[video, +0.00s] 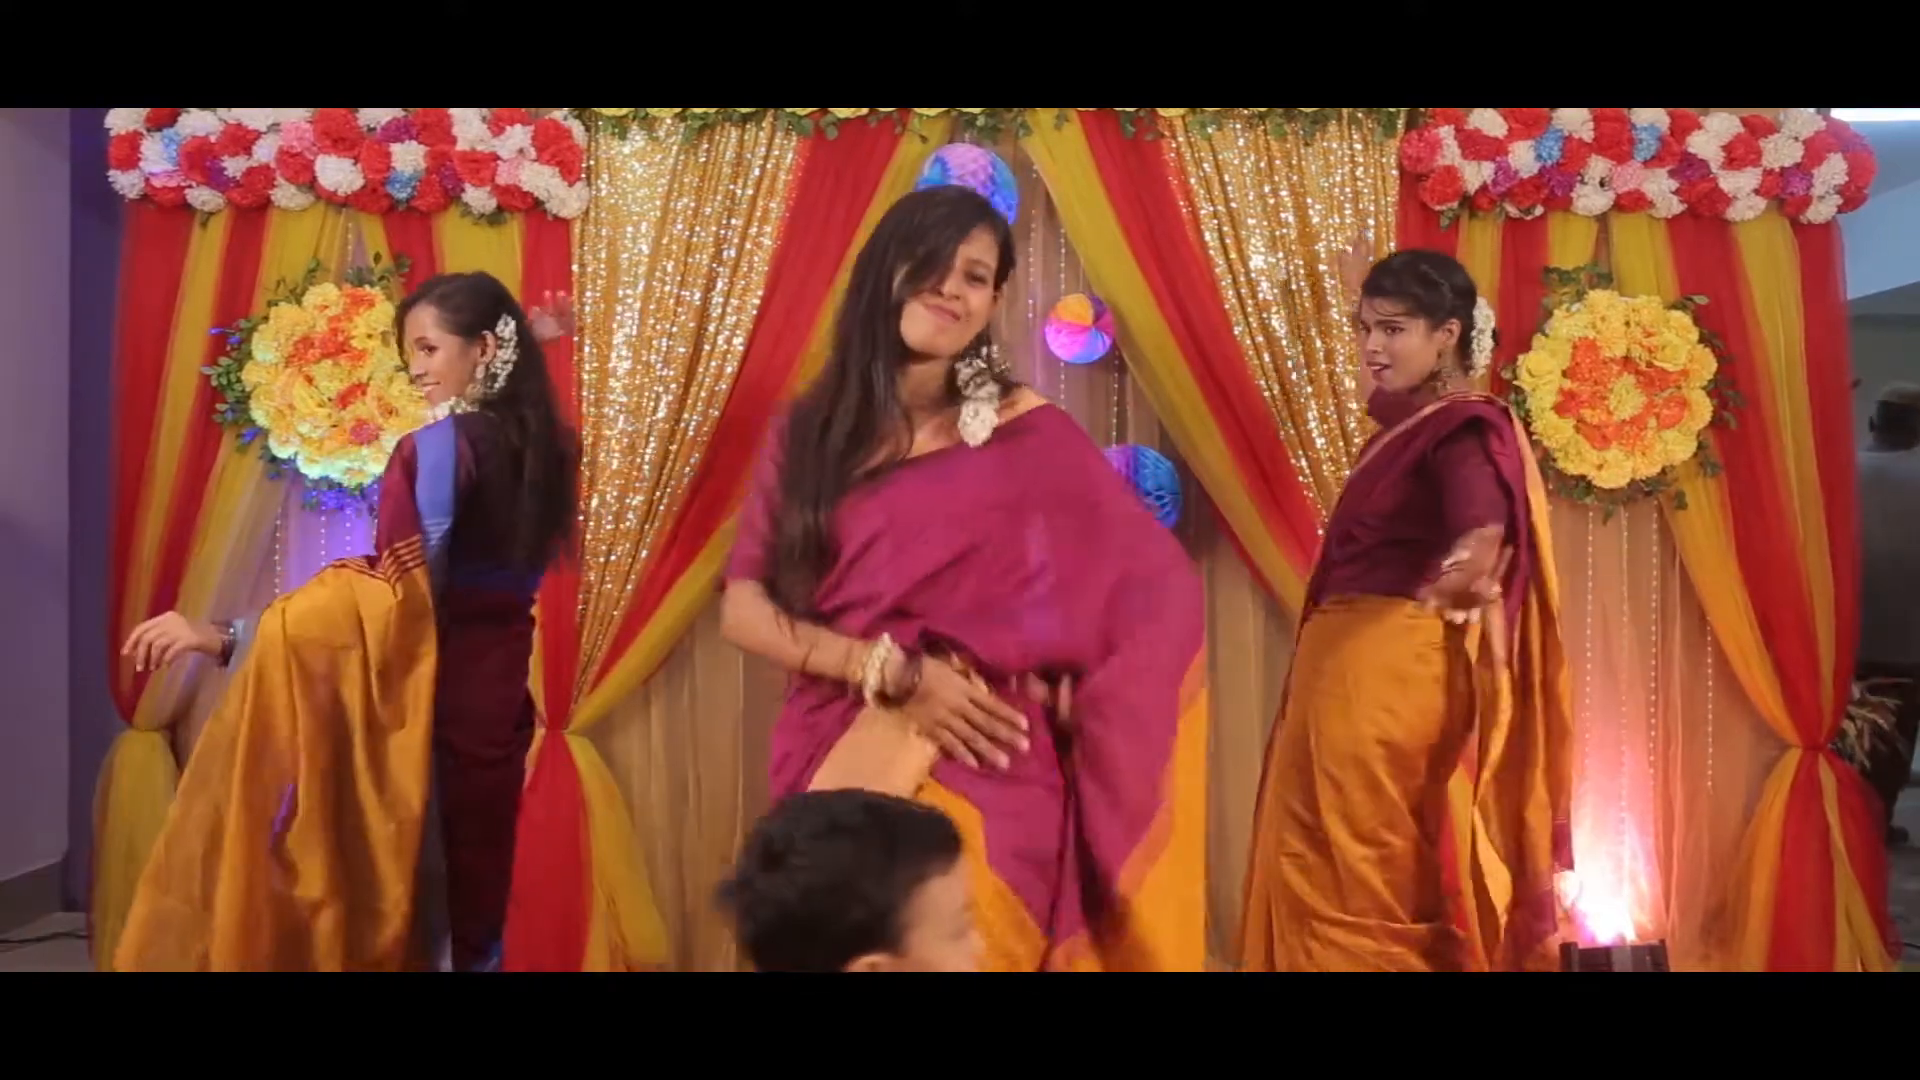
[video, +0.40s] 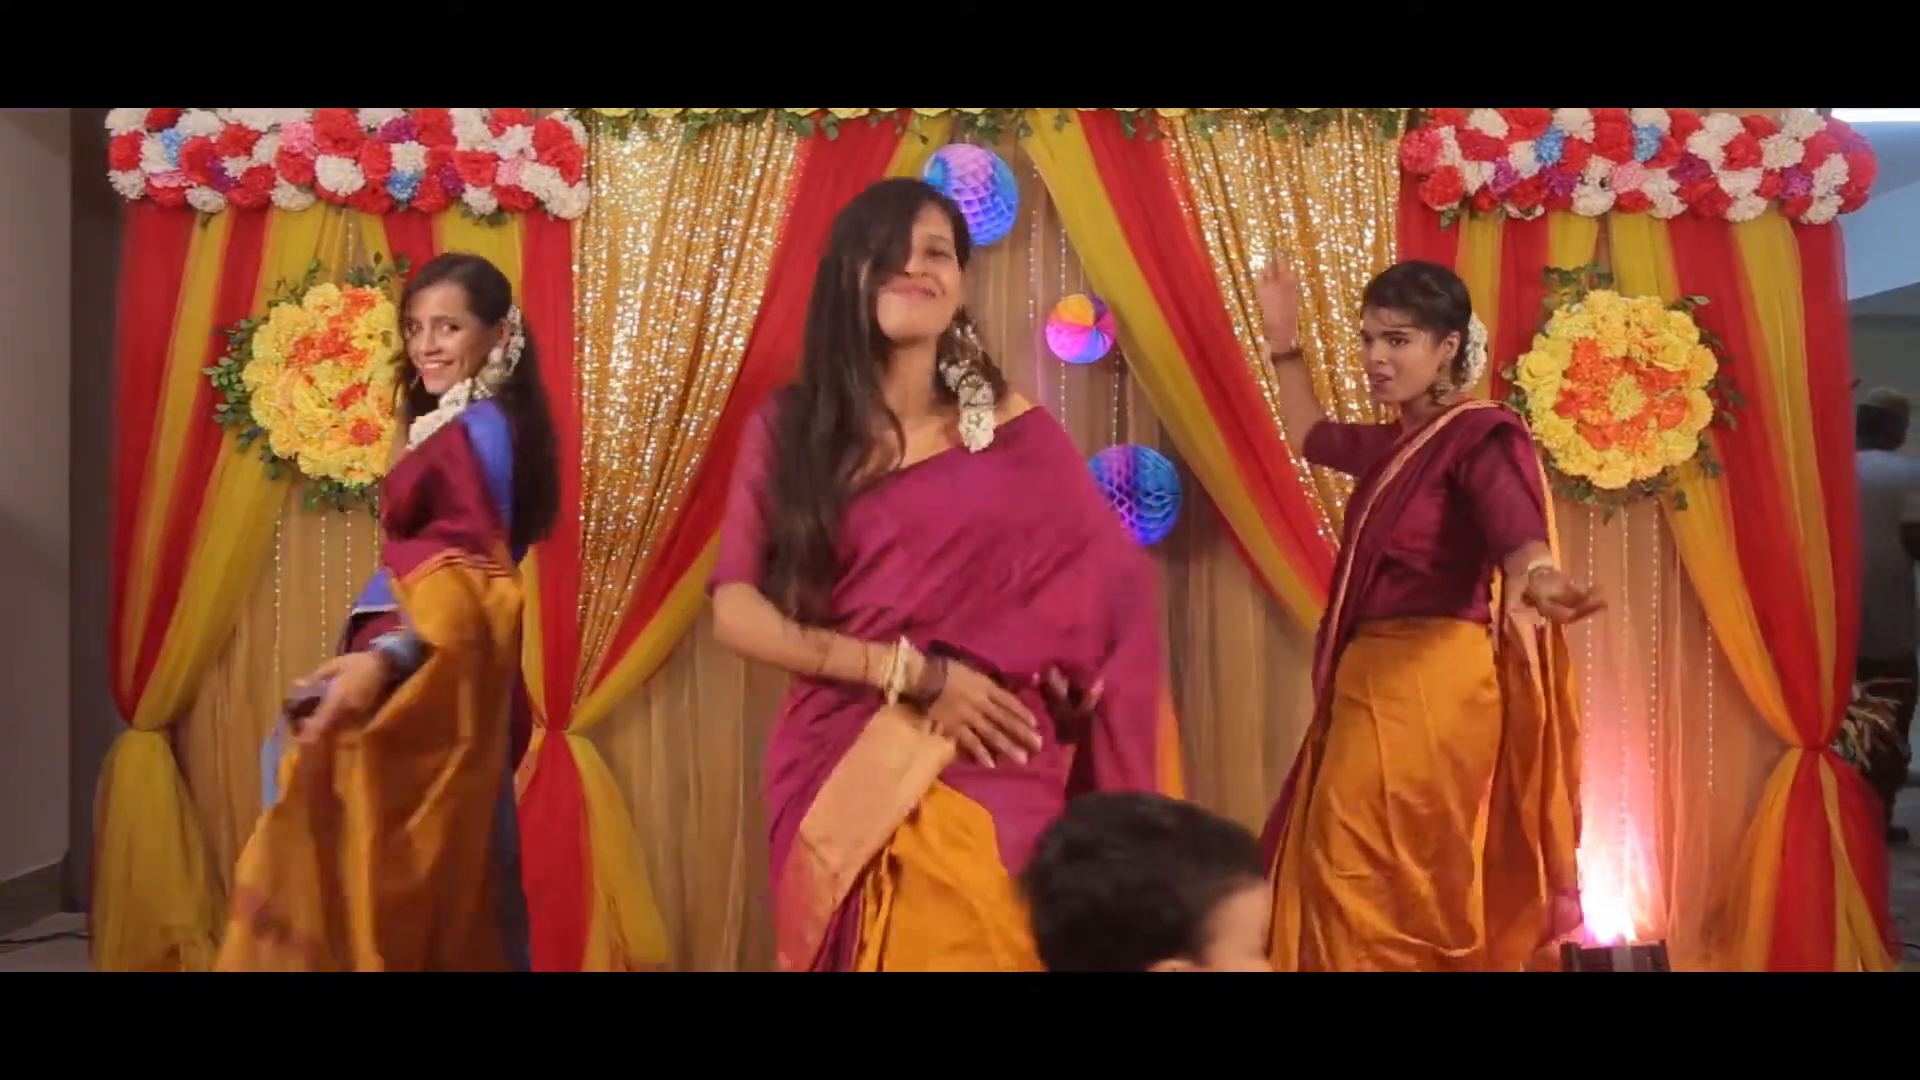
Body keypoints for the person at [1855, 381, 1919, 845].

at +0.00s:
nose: (1875, 430)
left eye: (1876, 423)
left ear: (1874, 425)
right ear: (1915, 431)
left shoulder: (1850, 471)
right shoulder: (1912, 473)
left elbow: (1835, 555)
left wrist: (1832, 616)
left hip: (1858, 624)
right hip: (1906, 627)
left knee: (1853, 722)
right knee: (1898, 730)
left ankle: (1855, 816)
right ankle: (1878, 819)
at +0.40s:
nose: (1906, 433)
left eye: (1899, 425)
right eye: (1904, 426)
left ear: (1859, 424)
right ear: (1898, 429)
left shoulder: (1834, 468)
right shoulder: (1904, 473)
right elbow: (1913, 539)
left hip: (1838, 609)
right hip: (1890, 614)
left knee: (1842, 710)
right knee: (1891, 719)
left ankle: (1840, 812)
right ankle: (1879, 816)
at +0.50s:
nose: (1890, 439)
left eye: (1887, 431)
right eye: (1891, 431)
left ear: (1849, 424)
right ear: (1886, 431)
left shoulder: (1820, 468)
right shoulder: (1887, 475)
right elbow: (1903, 544)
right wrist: (1916, 574)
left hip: (1825, 616)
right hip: (1873, 619)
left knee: (1827, 712)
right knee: (1883, 721)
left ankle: (1825, 812)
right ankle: (1877, 815)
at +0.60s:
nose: (1880, 437)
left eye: (1880, 427)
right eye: (1878, 428)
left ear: (1849, 424)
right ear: (1868, 428)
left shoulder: (1821, 468)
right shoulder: (1867, 473)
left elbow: (1878, 546)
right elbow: (1882, 548)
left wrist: (1902, 602)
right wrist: (1909, 604)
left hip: (1830, 611)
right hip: (1865, 614)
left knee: (1837, 707)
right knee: (1879, 709)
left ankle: (1836, 811)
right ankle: (1875, 814)